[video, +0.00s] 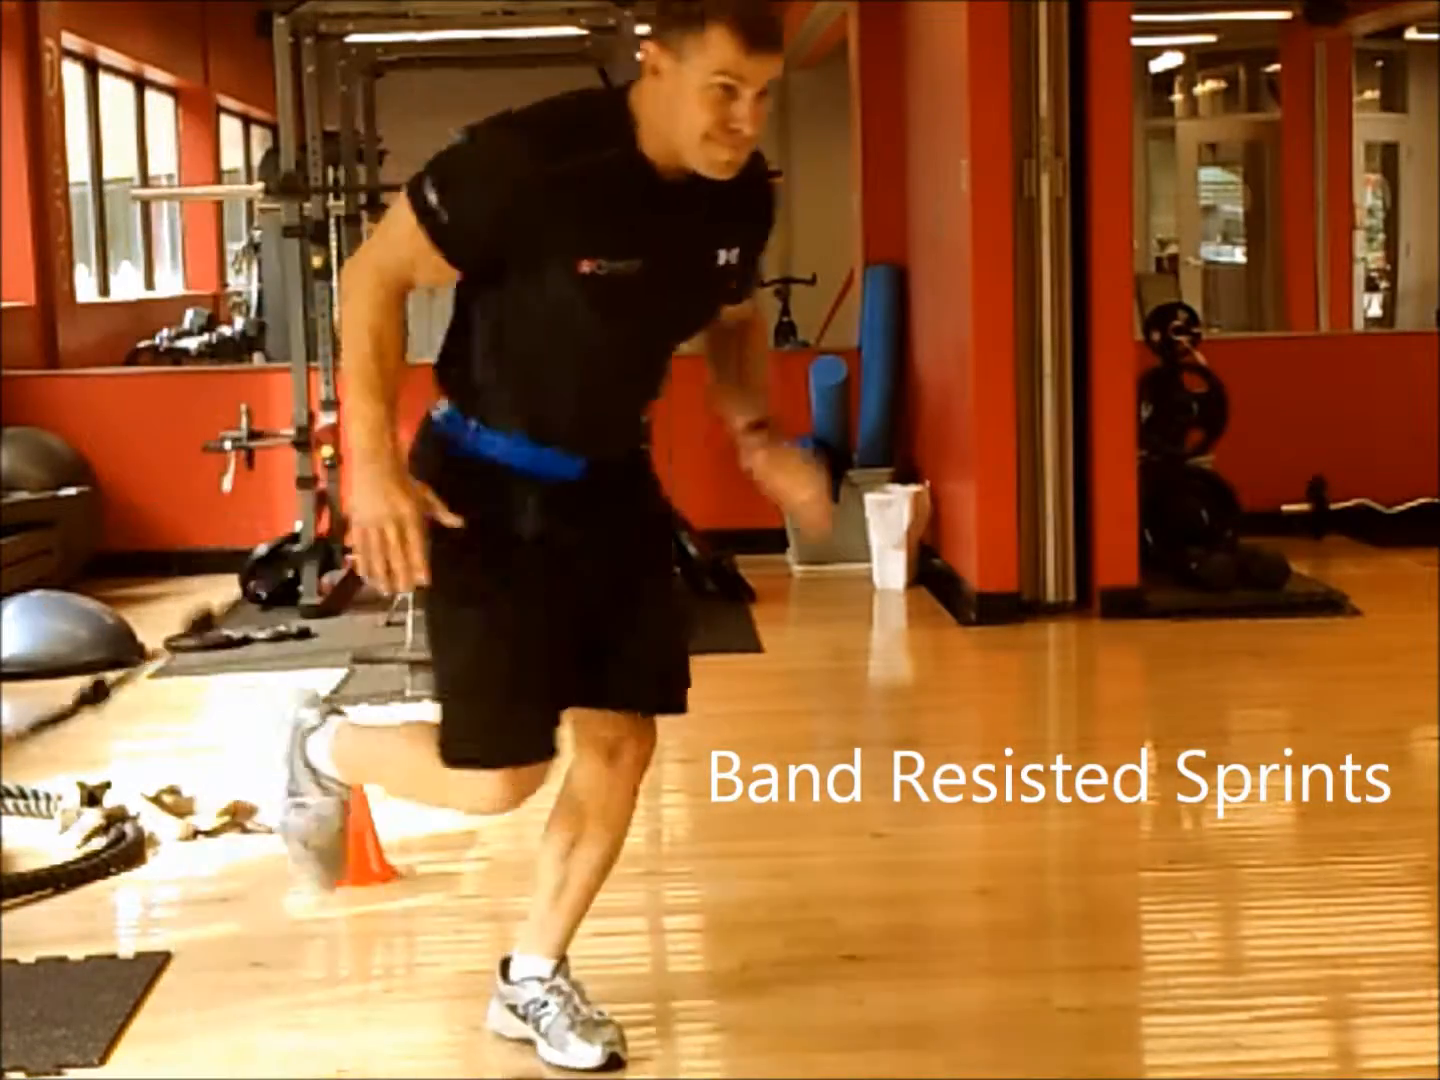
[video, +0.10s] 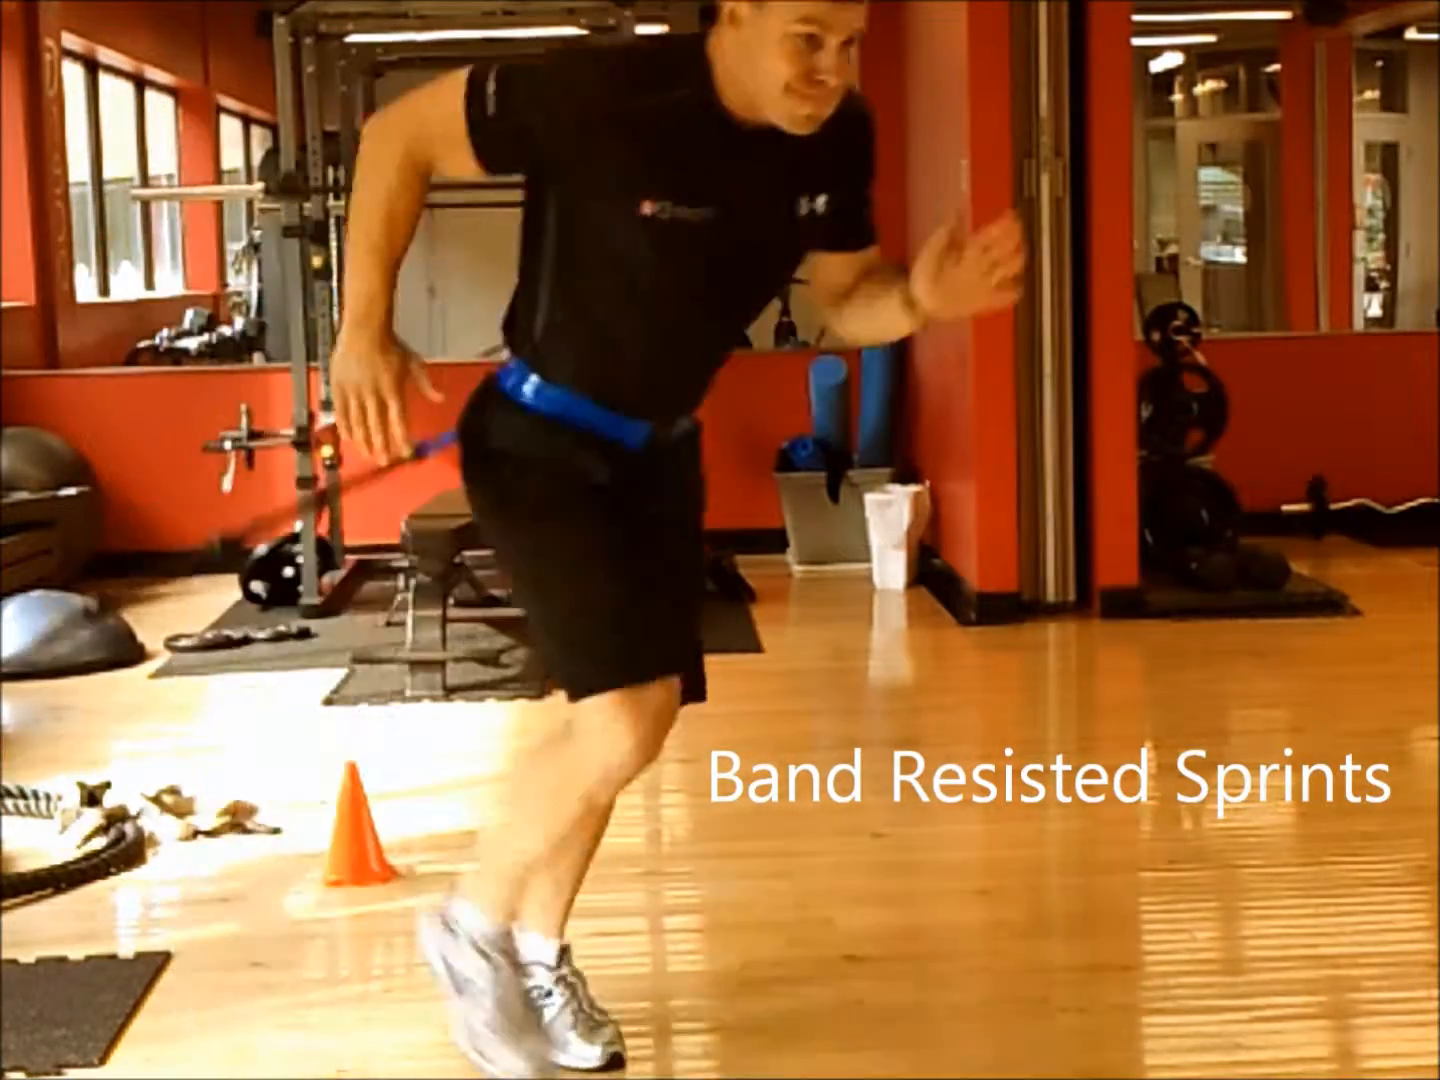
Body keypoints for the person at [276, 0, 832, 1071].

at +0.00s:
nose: (746, 120)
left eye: (764, 95)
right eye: (726, 90)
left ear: (776, 88)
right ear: (651, 63)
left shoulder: (744, 192)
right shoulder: (525, 157)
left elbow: (737, 332)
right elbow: (371, 275)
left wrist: (755, 435)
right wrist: (368, 457)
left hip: (611, 488)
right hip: (482, 486)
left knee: (616, 742)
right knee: (500, 771)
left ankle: (534, 972)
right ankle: (327, 741)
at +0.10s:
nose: (836, 72)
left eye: (852, 45)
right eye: (810, 40)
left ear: (863, 38)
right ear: (732, 19)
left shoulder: (834, 130)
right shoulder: (603, 91)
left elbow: (835, 301)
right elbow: (398, 134)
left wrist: (919, 296)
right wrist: (363, 324)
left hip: (658, 447)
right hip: (542, 434)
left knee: (632, 711)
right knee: (629, 707)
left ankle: (534, 950)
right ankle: (470, 927)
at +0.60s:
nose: (1186, 64)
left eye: (1205, 38)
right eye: (1165, 24)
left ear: (1210, 45)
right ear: (1069, 5)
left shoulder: (1156, 158)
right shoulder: (899, 85)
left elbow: (1176, 344)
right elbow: (666, 151)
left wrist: (1246, 446)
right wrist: (587, 356)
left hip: (968, 498)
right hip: (834, 491)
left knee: (967, 805)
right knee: (1006, 772)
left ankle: (861, 1058)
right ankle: (713, 797)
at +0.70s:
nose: (1217, 23)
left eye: (1238, 4)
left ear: (1251, 12)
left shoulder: (1201, 108)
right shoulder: (929, 37)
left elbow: (1205, 274)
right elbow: (696, 103)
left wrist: (1281, 334)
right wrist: (636, 331)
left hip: (995, 456)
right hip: (860, 444)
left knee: (951, 774)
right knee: (1009, 775)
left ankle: (870, 1037)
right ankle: (770, 902)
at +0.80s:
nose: (1227, 1)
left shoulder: (1214, 62)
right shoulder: (938, 27)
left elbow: (1167, 222)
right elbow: (740, 163)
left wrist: (1182, 405)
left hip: (1029, 436)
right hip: (869, 435)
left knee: (1098, 780)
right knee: (886, 809)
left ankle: (885, 924)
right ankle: (766, 1062)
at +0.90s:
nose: (1228, 56)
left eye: (1240, 25)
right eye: (1207, 16)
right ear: (1104, 2)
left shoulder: (1173, 114)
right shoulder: (960, 87)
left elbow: (1072, 289)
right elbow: (863, 330)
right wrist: (1123, 314)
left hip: (1020, 508)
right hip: (863, 515)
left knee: (1237, 768)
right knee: (822, 875)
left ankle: (960, 752)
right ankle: (725, 1072)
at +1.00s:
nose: (1272, 25)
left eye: (1288, 1)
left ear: (1301, 4)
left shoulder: (1219, 79)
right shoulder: (983, 47)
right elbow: (849, 287)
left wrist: (1179, 308)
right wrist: (1092, 347)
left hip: (1041, 464)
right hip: (879, 458)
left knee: (1198, 767)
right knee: (833, 818)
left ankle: (931, 840)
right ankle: (729, 1067)